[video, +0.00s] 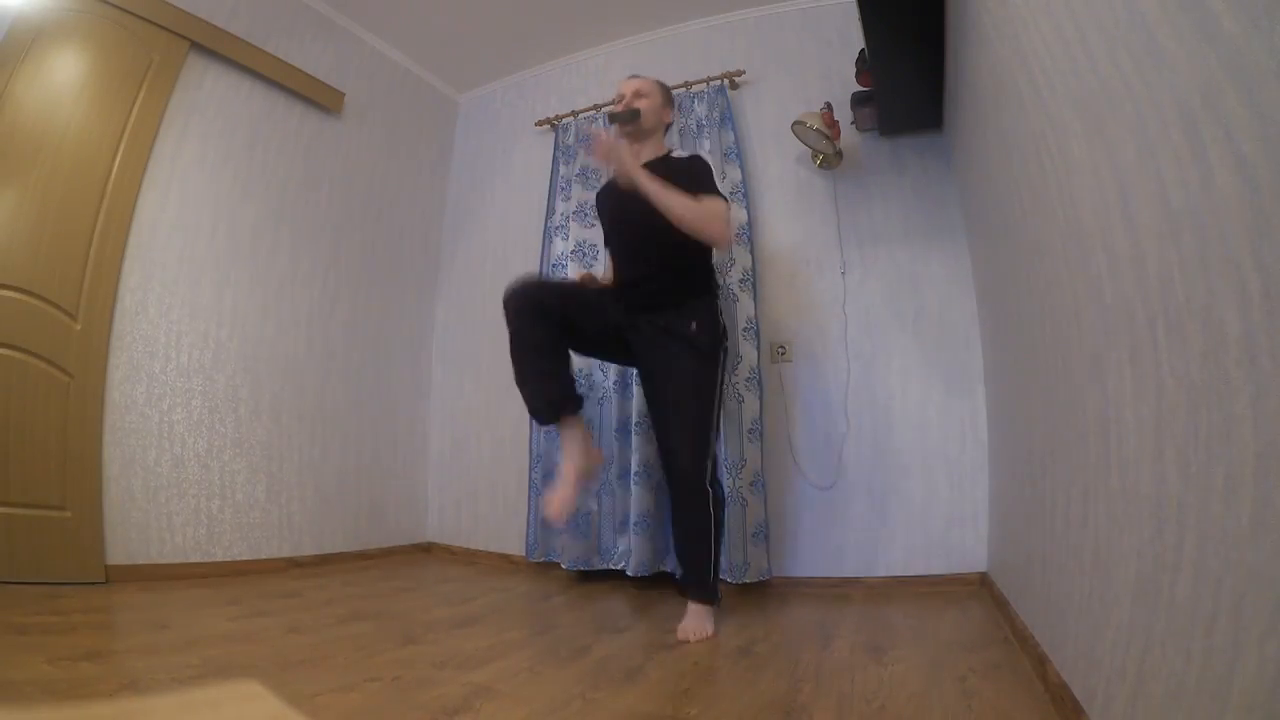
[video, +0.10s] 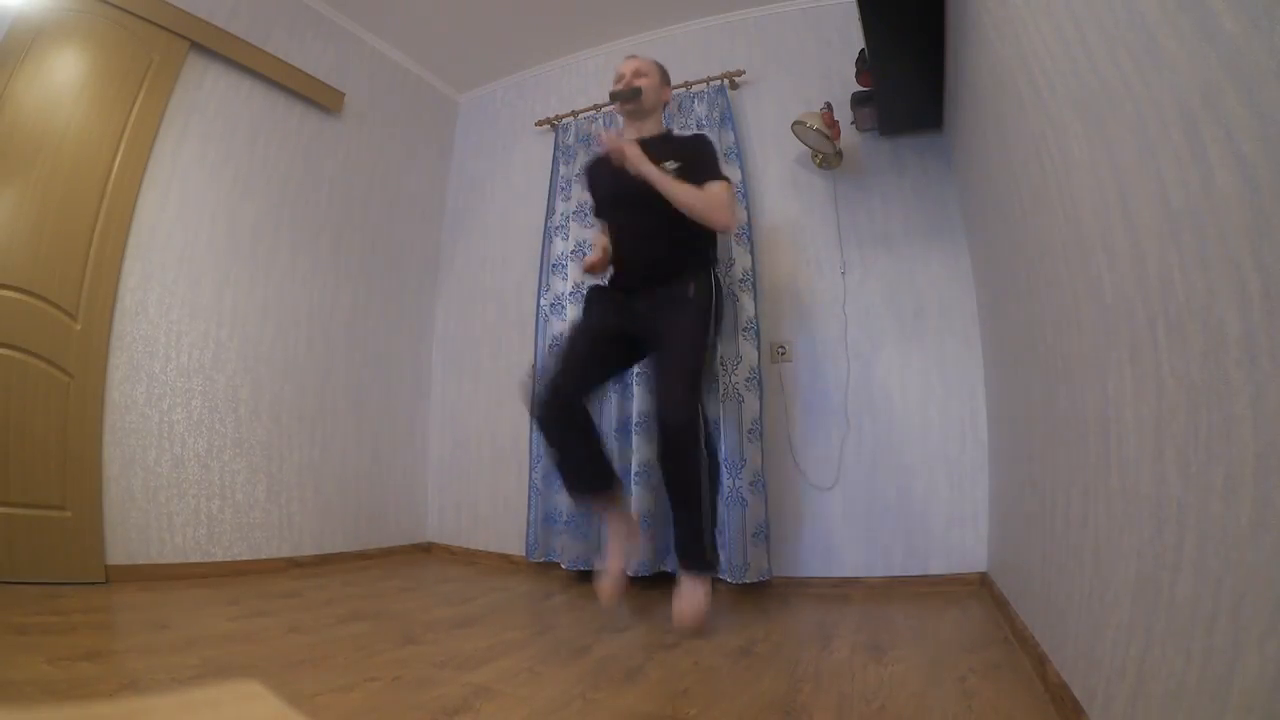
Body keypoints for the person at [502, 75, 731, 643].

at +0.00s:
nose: (625, 102)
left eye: (640, 94)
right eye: (617, 98)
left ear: (668, 115)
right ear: (610, 121)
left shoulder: (689, 168)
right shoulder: (610, 195)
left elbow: (719, 230)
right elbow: (623, 273)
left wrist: (634, 172)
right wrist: (594, 283)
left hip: (684, 327)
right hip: (626, 320)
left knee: (687, 463)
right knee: (527, 299)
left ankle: (700, 598)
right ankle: (576, 442)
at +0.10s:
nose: (627, 80)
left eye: (641, 74)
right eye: (619, 77)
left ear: (666, 96)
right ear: (610, 100)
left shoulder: (691, 149)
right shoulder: (602, 168)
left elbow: (724, 215)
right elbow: (608, 231)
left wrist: (643, 165)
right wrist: (600, 255)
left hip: (683, 300)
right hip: (621, 303)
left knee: (676, 422)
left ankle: (694, 569)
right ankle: (617, 519)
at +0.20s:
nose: (629, 90)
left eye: (642, 82)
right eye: (621, 85)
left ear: (668, 100)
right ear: (612, 106)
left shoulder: (699, 166)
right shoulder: (595, 175)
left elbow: (732, 247)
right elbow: (569, 261)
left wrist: (680, 229)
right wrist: (577, 239)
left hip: (684, 298)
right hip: (620, 309)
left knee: (661, 298)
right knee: (636, 447)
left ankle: (684, 459)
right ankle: (657, 583)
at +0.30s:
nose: (620, 94)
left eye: (633, 87)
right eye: (613, 90)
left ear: (661, 107)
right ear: (604, 113)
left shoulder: (694, 172)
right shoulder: (592, 181)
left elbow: (736, 240)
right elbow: (550, 259)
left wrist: (710, 255)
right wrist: (558, 206)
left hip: (692, 302)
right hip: (628, 314)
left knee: (647, 274)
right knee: (636, 450)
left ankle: (670, 446)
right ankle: (663, 585)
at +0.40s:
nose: (614, 81)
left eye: (627, 74)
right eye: (606, 78)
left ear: (654, 94)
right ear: (600, 102)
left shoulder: (688, 146)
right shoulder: (595, 175)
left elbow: (749, 212)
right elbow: (585, 259)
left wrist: (688, 219)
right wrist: (569, 225)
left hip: (689, 290)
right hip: (630, 296)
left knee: (665, 400)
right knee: (565, 395)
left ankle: (686, 554)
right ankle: (615, 523)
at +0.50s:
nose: (615, 98)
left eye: (630, 92)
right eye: (609, 94)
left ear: (658, 112)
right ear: (604, 120)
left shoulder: (682, 167)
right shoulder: (607, 192)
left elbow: (727, 230)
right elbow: (619, 268)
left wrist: (640, 193)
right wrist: (583, 285)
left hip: (684, 322)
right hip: (627, 318)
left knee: (685, 464)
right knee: (529, 291)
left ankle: (695, 602)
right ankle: (572, 437)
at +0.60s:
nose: (619, 90)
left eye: (633, 82)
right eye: (612, 86)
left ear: (661, 103)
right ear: (605, 109)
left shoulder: (682, 155)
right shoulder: (606, 181)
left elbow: (715, 215)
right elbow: (633, 260)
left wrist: (632, 165)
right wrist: (601, 270)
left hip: (678, 313)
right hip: (621, 311)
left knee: (674, 449)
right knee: (527, 339)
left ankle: (691, 594)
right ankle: (578, 477)